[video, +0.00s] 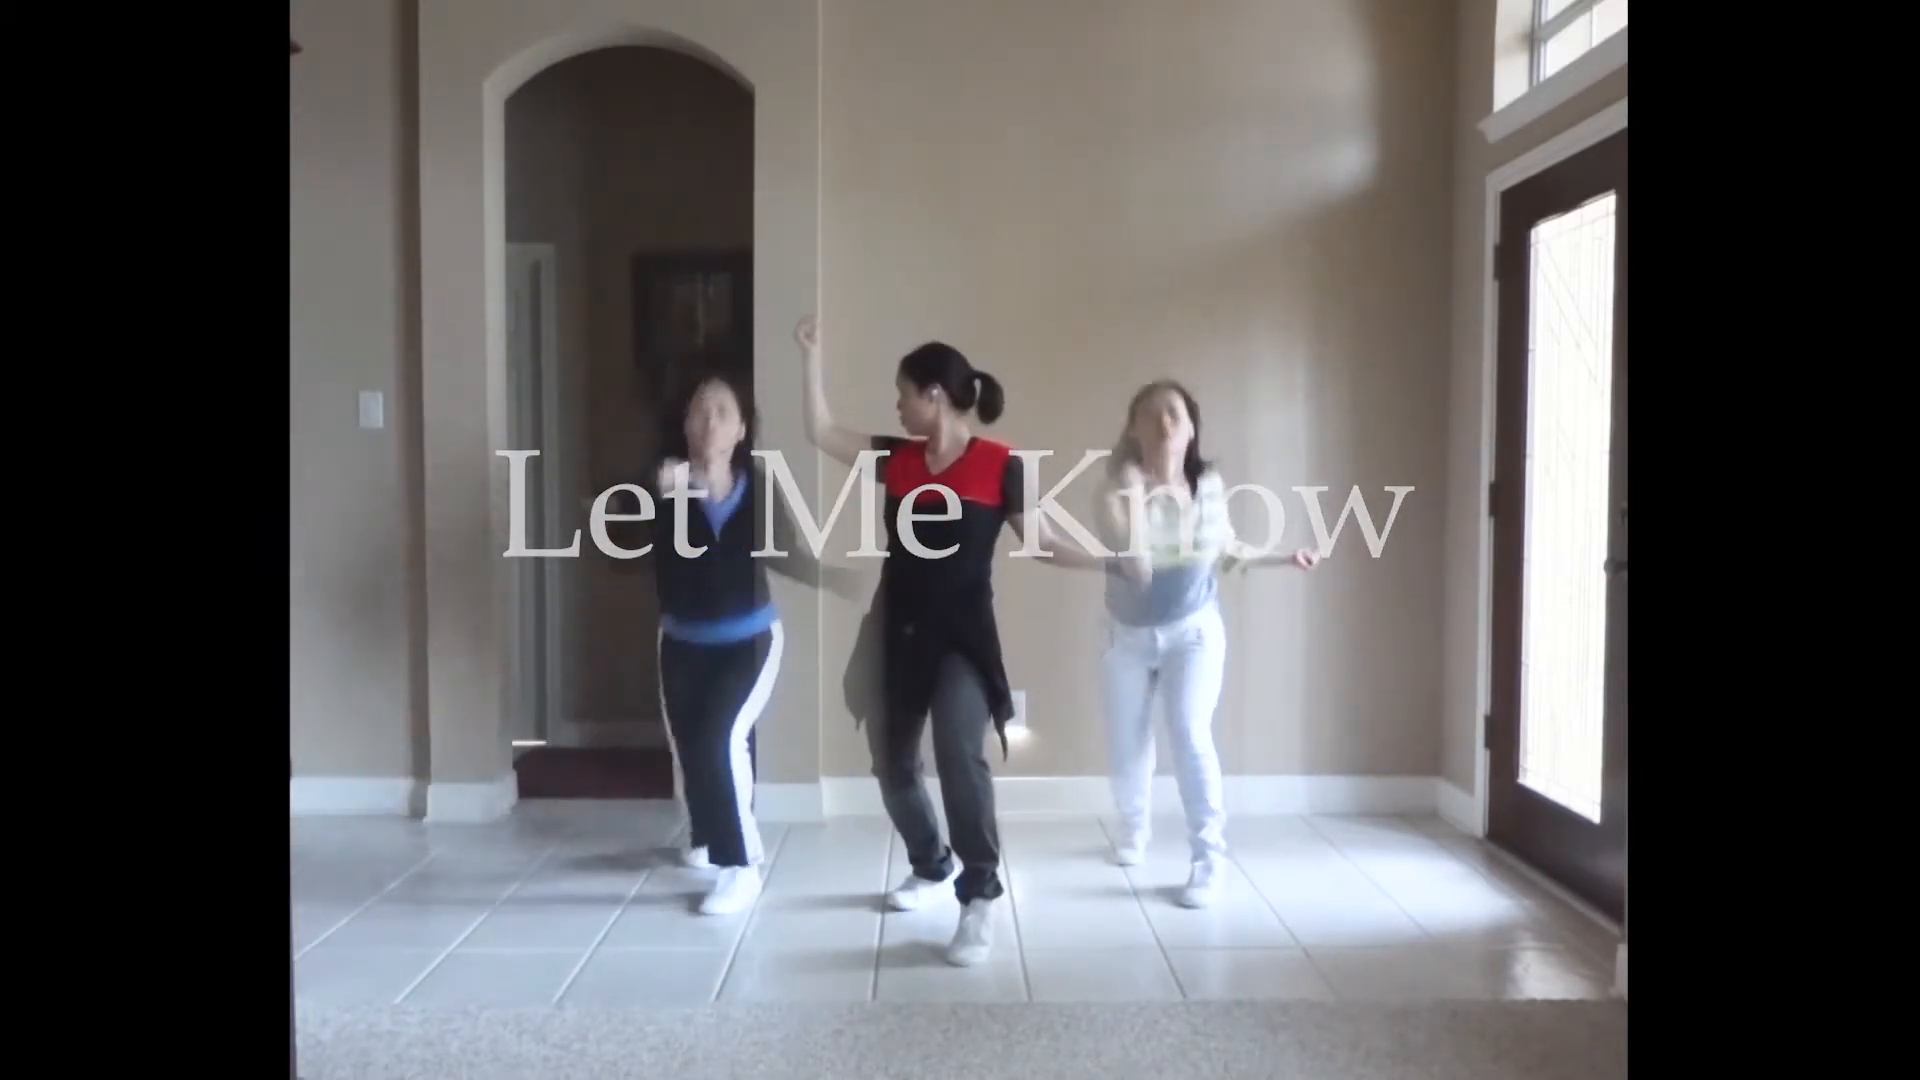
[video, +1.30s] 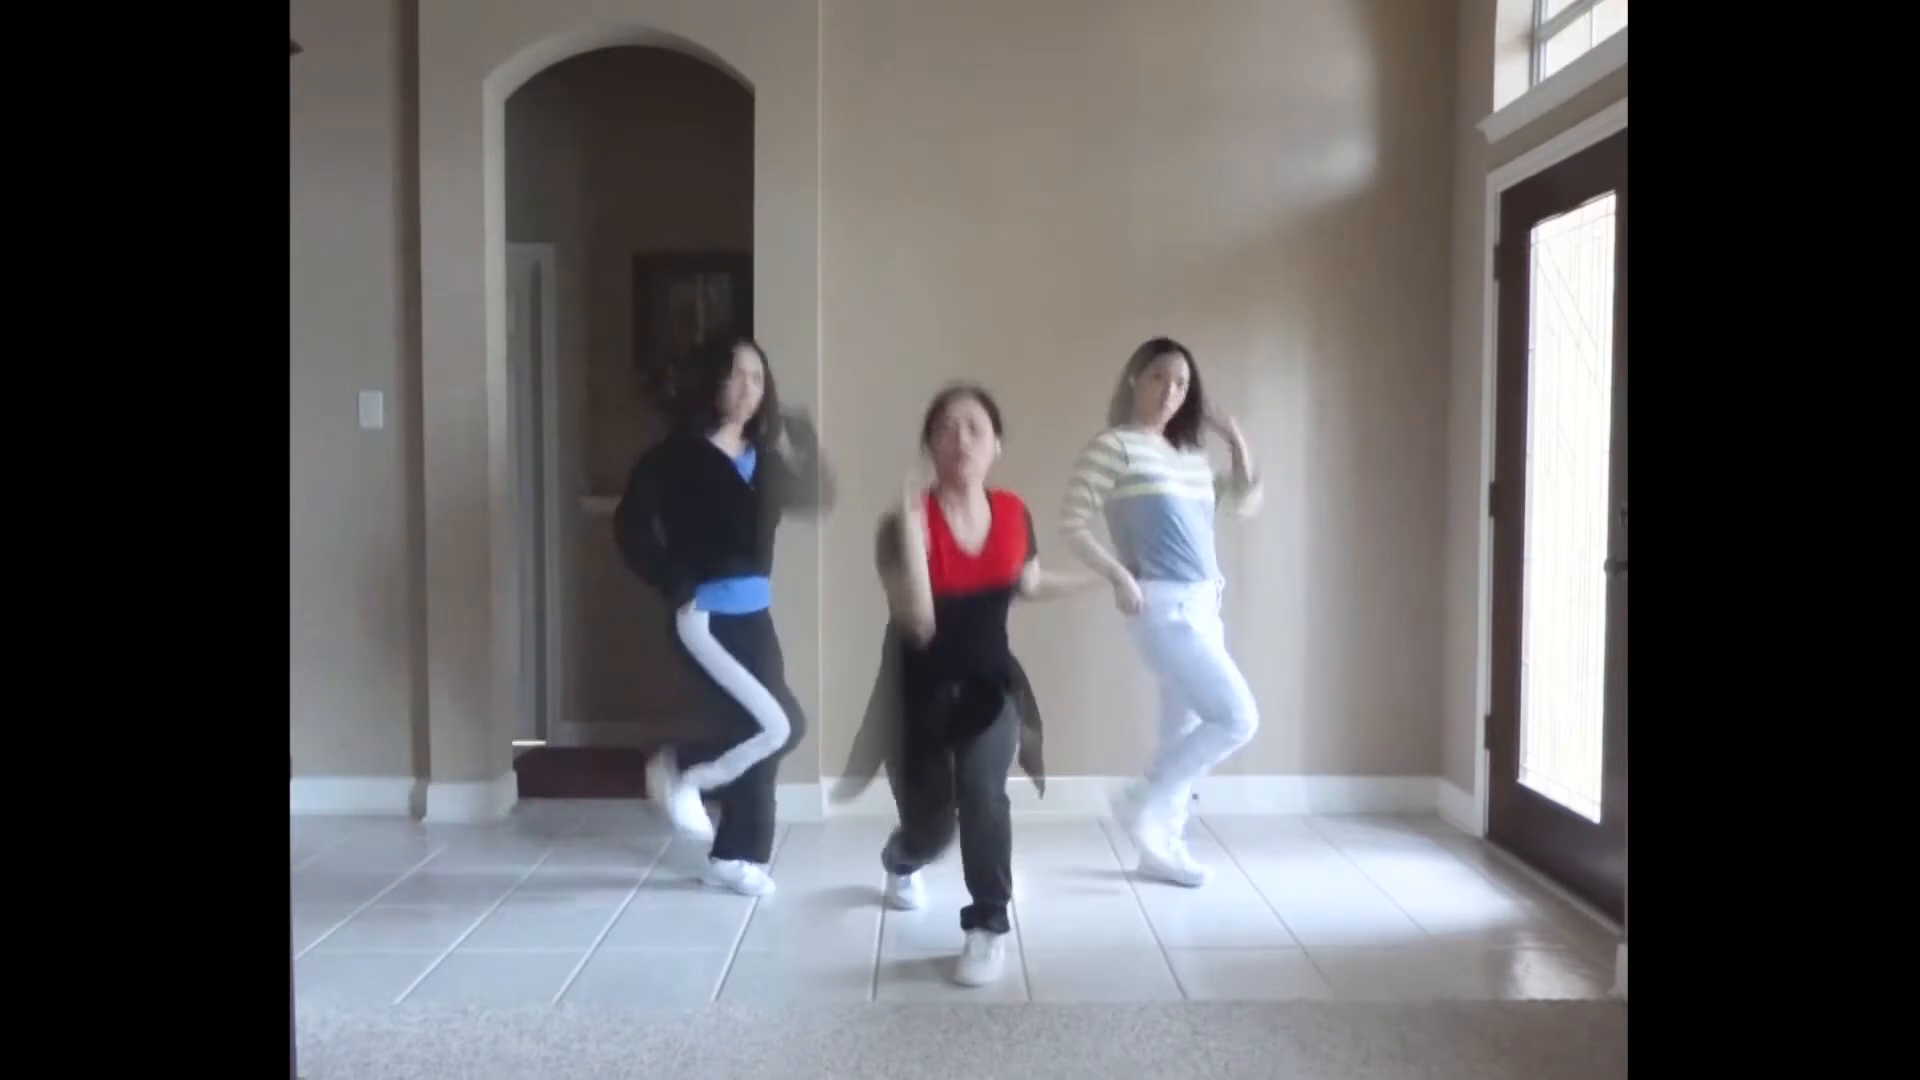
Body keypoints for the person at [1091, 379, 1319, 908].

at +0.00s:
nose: (1164, 424)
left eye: (1174, 416)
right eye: (1152, 416)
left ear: (1191, 429)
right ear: (1134, 429)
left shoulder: (1207, 486)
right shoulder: (1117, 488)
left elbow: (1224, 556)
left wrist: (1284, 557)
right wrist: (1136, 493)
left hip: (1193, 632)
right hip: (1129, 637)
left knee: (1189, 734)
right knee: (1127, 748)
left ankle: (1207, 857)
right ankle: (1132, 832)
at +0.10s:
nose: (1171, 475)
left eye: (1182, 465)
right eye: (1159, 466)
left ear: (1199, 476)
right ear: (1142, 476)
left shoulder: (1211, 523)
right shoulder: (1127, 526)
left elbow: (1226, 584)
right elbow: (1128, 597)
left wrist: (1279, 582)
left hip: (1195, 648)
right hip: (1132, 651)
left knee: (1186, 744)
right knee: (1139, 763)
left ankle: (1208, 861)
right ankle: (1129, 843)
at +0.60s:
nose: (1188, 472)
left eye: (1201, 463)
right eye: (1179, 457)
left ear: (1213, 462)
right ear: (1158, 444)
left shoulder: (1202, 496)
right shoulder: (1113, 479)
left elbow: (1209, 543)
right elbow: (1101, 562)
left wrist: (1261, 534)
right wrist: (1131, 585)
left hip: (1180, 617)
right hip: (1119, 620)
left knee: (1192, 734)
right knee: (1127, 739)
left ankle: (1207, 858)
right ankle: (1120, 826)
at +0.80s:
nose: (1186, 402)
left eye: (1198, 393)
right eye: (1177, 388)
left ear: (1209, 400)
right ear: (1153, 385)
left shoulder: (1215, 455)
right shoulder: (1116, 449)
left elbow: (1270, 486)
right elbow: (1073, 512)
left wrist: (1321, 485)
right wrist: (1094, 577)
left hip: (1183, 611)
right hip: (1127, 611)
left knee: (1191, 728)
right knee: (1123, 728)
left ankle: (1168, 843)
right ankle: (1115, 824)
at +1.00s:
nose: (1178, 389)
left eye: (1189, 381)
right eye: (1167, 377)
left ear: (1196, 392)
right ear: (1142, 380)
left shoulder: (1208, 453)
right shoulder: (1113, 449)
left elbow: (1269, 469)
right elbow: (1071, 518)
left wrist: (1336, 485)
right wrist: (1093, 579)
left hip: (1196, 613)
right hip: (1144, 612)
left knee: (1195, 741)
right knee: (1174, 738)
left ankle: (1166, 846)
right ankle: (1105, 780)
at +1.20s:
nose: (1174, 404)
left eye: (1184, 398)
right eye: (1164, 392)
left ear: (1191, 409)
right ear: (1138, 393)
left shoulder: (1191, 469)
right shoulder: (1110, 454)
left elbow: (1216, 515)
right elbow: (1074, 526)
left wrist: (1251, 495)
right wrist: (1113, 584)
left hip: (1206, 614)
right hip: (1156, 617)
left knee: (1199, 735)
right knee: (1238, 724)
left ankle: (1165, 848)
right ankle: (1131, 735)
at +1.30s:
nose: (1169, 389)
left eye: (1180, 383)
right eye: (1159, 377)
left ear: (1187, 396)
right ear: (1134, 381)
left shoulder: (1193, 456)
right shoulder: (1112, 446)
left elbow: (1243, 502)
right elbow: (1074, 521)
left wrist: (1239, 447)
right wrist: (1118, 576)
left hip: (1204, 602)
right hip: (1160, 604)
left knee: (1180, 726)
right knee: (1235, 718)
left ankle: (1165, 842)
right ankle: (1142, 802)